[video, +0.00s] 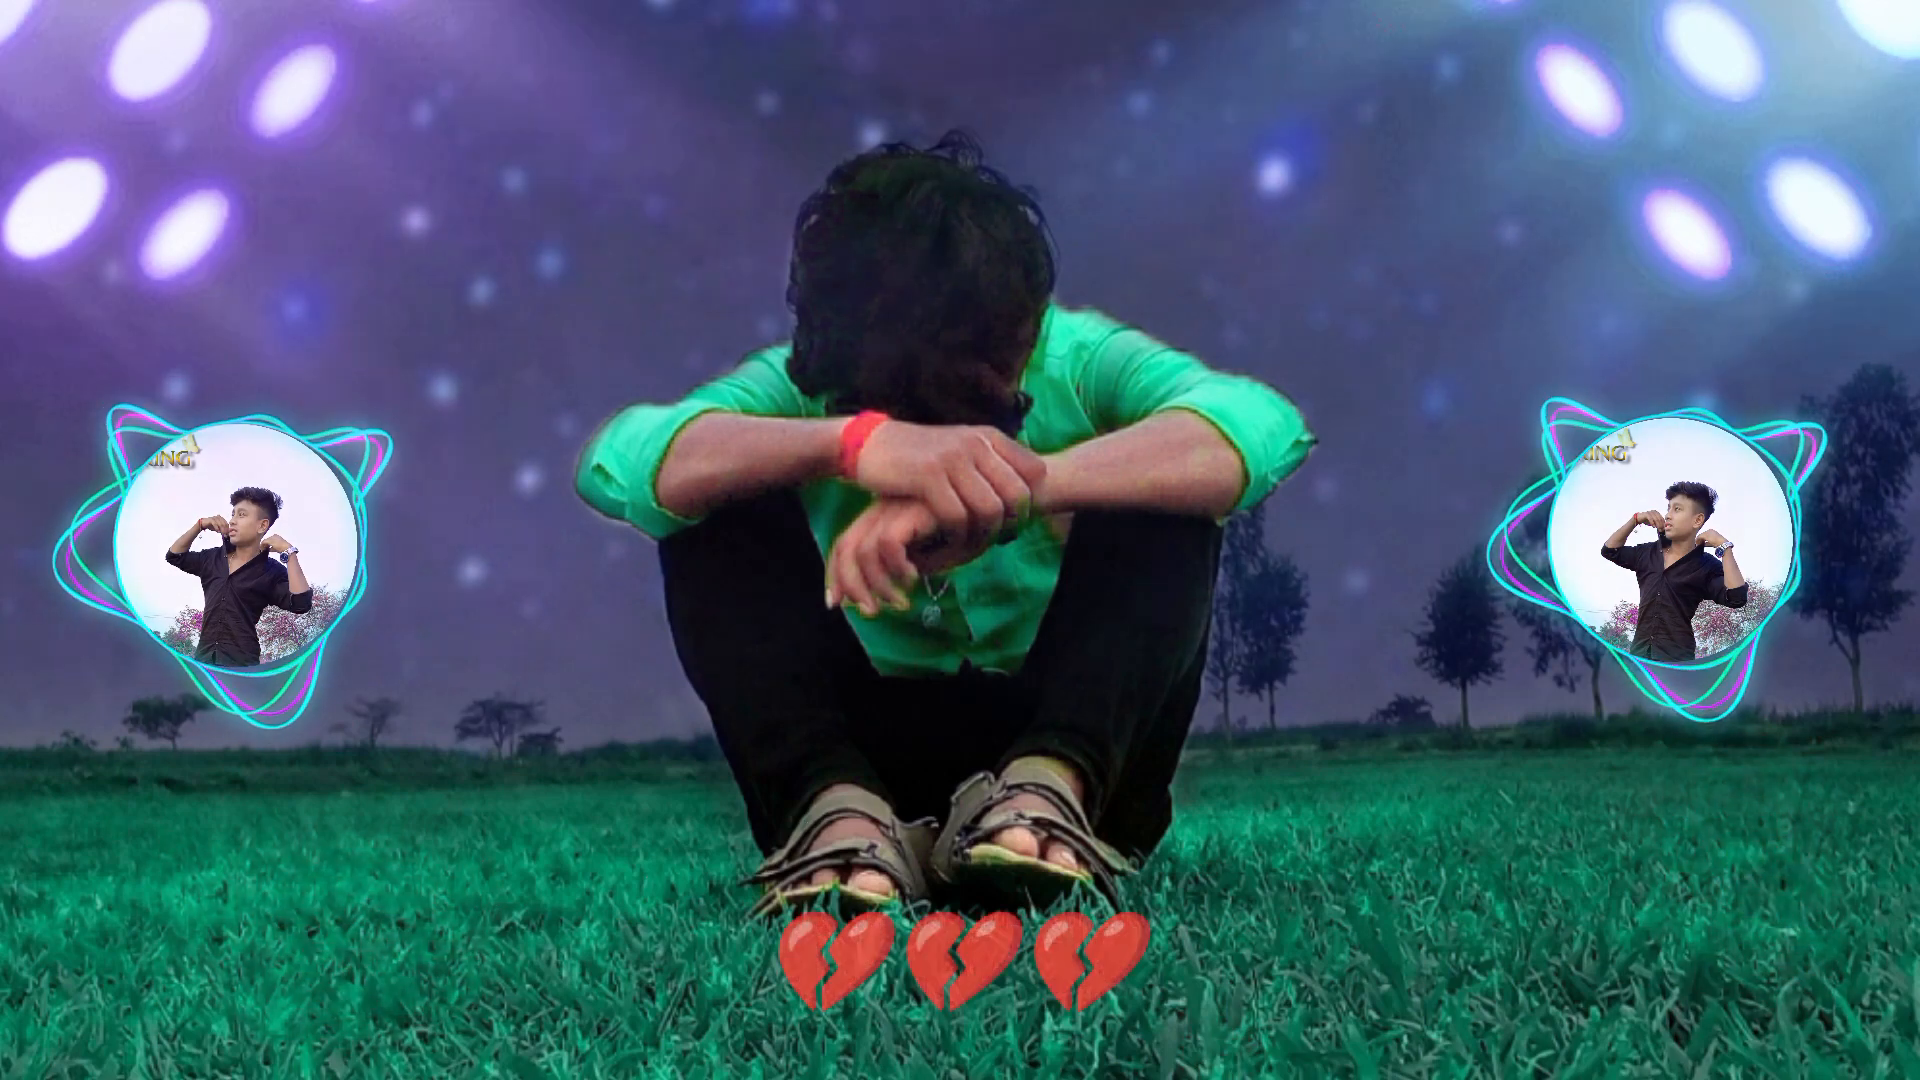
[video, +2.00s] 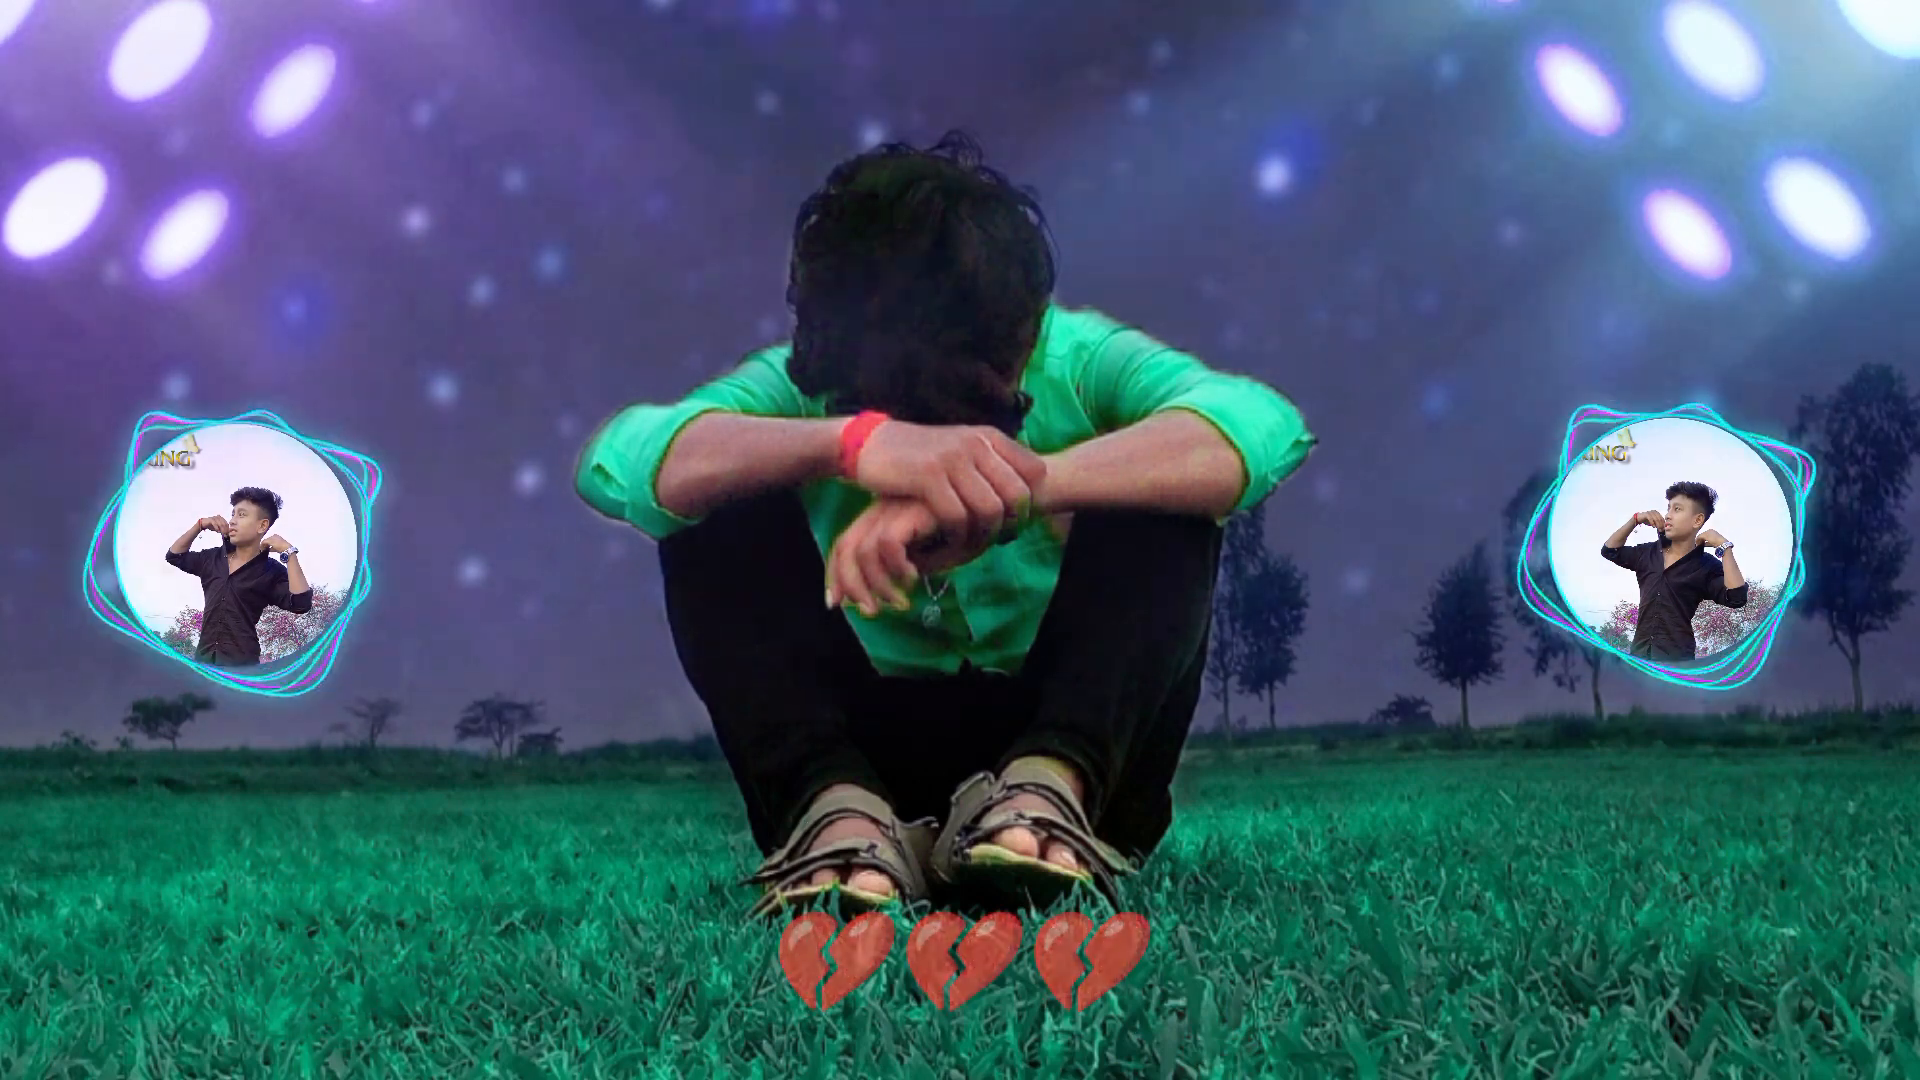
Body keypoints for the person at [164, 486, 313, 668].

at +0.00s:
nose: (232, 521)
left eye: (241, 515)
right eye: (233, 515)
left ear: (263, 525)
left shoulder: (270, 570)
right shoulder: (212, 558)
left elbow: (301, 604)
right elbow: (174, 557)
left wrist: (290, 553)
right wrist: (199, 526)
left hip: (242, 664)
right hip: (203, 659)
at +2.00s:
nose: (232, 521)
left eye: (242, 515)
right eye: (233, 514)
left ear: (263, 525)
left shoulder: (270, 569)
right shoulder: (212, 558)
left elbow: (301, 604)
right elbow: (174, 556)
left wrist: (289, 553)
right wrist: (199, 526)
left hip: (242, 662)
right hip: (204, 658)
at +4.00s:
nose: (232, 521)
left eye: (242, 515)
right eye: (233, 514)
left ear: (263, 525)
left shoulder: (270, 569)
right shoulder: (212, 558)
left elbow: (301, 604)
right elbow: (174, 556)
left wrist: (290, 553)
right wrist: (199, 526)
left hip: (242, 661)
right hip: (204, 658)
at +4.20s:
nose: (232, 521)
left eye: (242, 515)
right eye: (233, 514)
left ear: (263, 525)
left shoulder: (270, 569)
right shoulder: (212, 558)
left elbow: (301, 604)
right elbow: (174, 556)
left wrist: (290, 553)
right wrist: (199, 526)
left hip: (242, 661)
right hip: (204, 657)